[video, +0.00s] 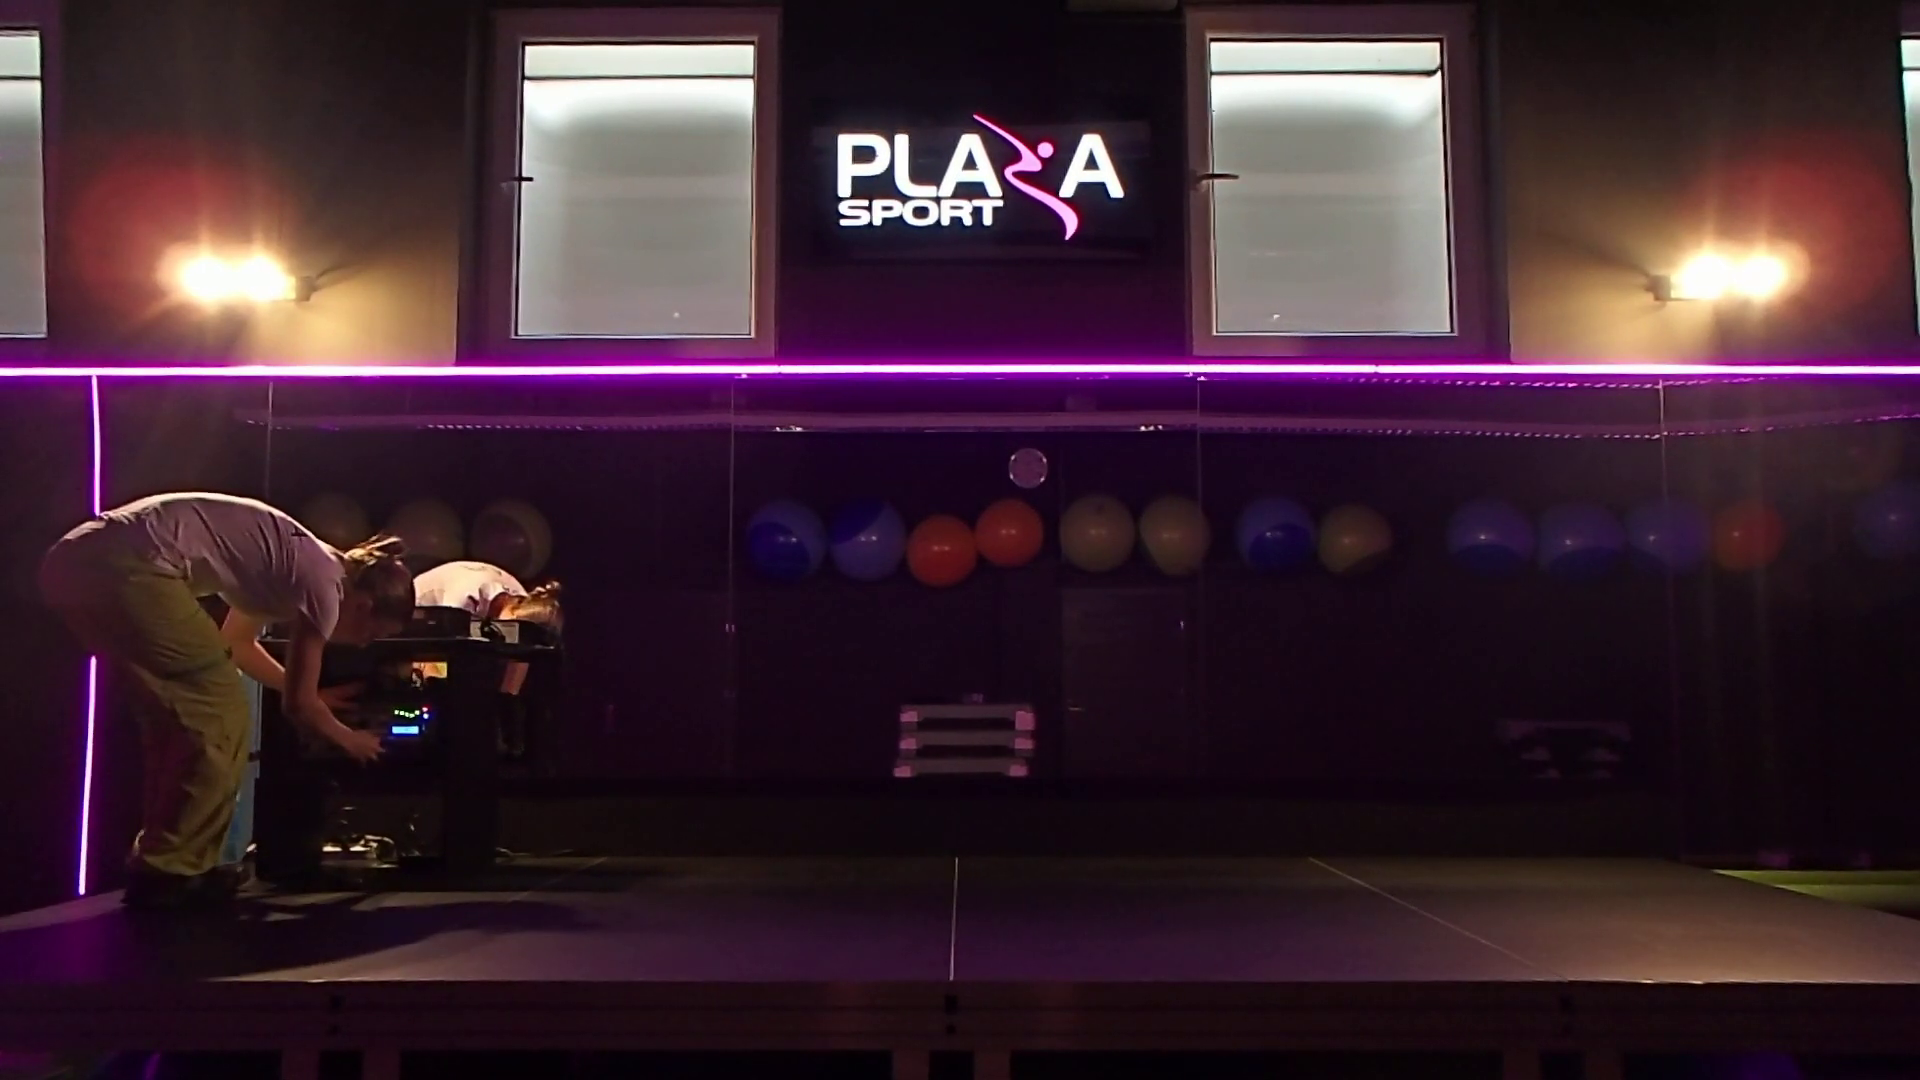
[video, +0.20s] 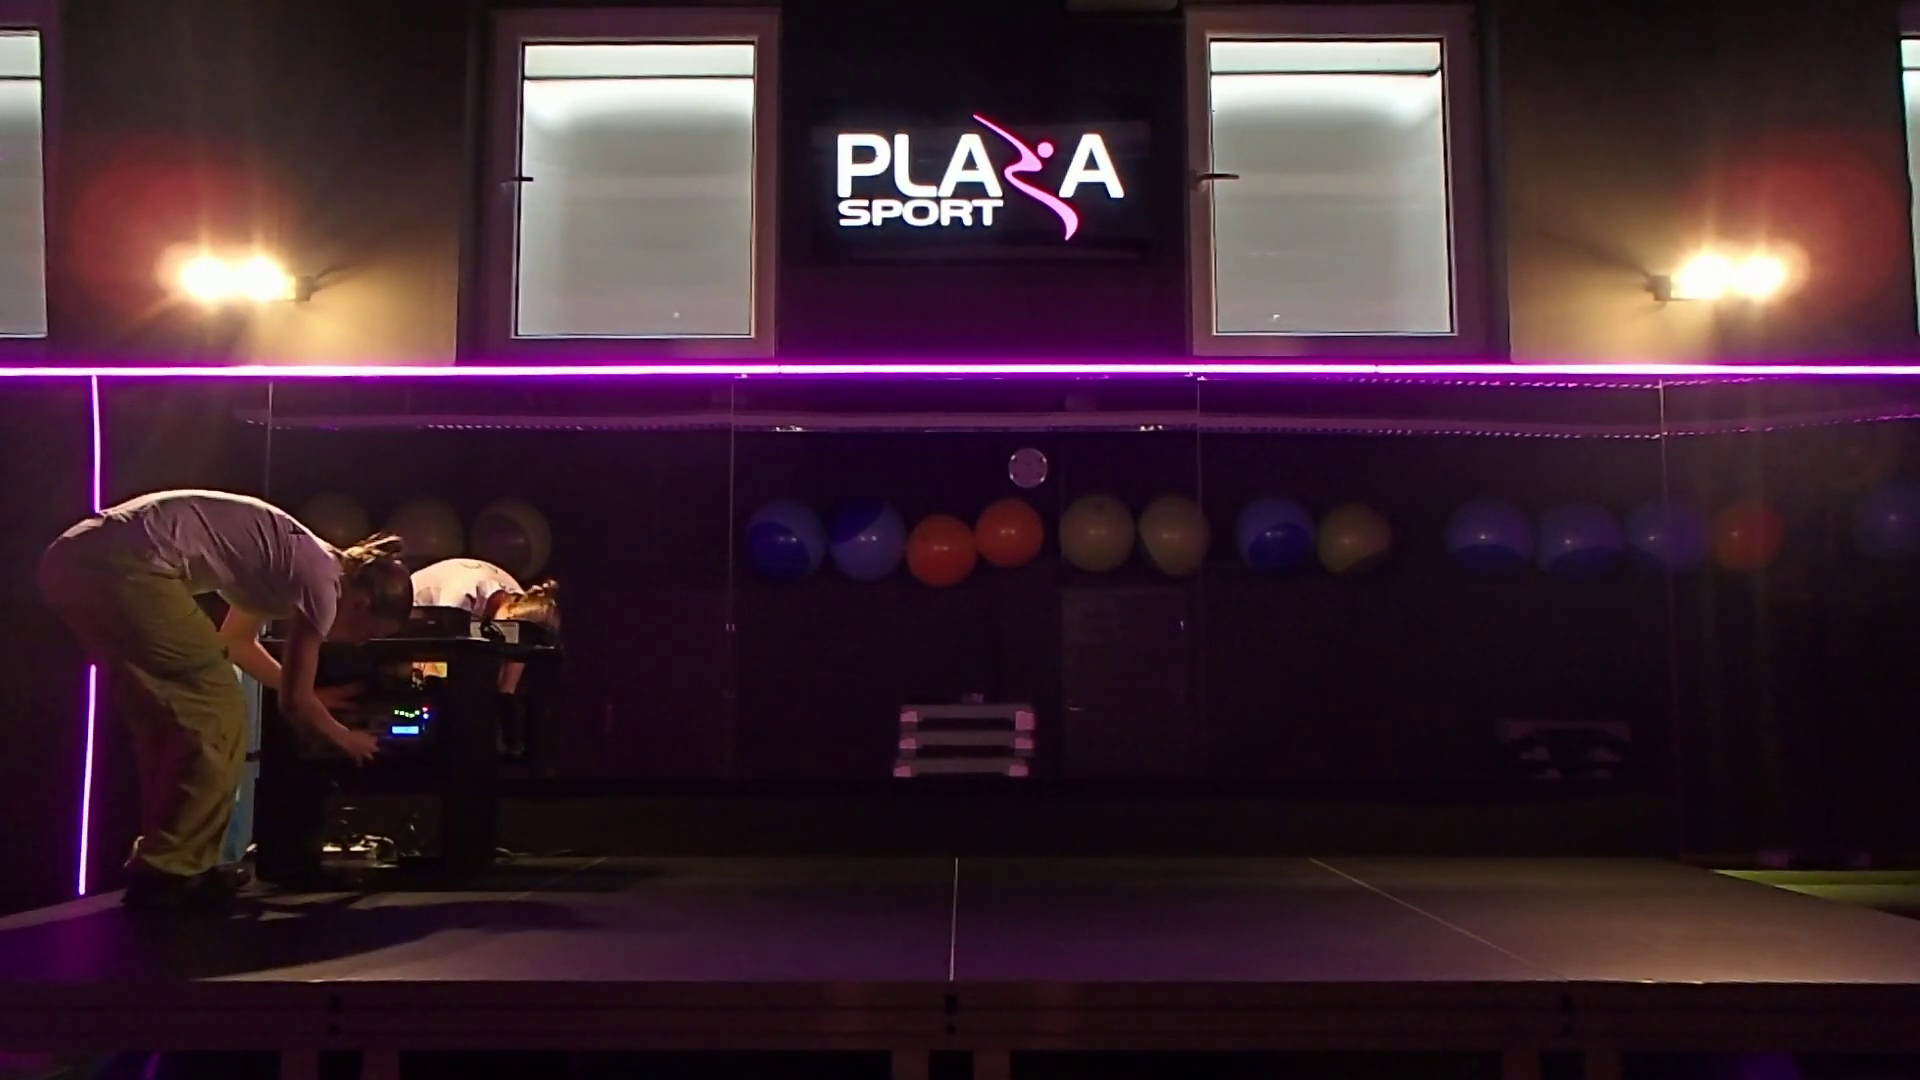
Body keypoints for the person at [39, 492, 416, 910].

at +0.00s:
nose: (360, 641)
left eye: (371, 637)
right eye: (370, 631)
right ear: (361, 602)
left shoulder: (284, 568)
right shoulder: (323, 582)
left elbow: (236, 641)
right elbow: (300, 703)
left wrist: (300, 690)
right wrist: (347, 738)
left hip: (84, 562)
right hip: (128, 565)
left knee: (174, 709)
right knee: (222, 705)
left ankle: (159, 859)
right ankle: (176, 869)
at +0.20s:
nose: (357, 640)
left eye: (369, 637)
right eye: (367, 631)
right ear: (357, 599)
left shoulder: (280, 565)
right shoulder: (320, 579)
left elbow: (236, 641)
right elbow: (296, 701)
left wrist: (300, 691)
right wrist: (343, 737)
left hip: (80, 560)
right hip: (126, 563)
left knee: (164, 711)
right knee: (218, 702)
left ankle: (163, 860)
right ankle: (174, 868)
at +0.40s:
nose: (358, 634)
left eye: (370, 630)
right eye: (368, 624)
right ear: (356, 594)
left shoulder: (279, 562)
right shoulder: (317, 574)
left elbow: (236, 639)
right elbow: (294, 698)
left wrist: (299, 689)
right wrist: (342, 735)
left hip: (80, 559)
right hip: (122, 561)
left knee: (161, 709)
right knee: (215, 701)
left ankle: (163, 862)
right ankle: (172, 868)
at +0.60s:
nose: (357, 627)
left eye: (369, 623)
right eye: (367, 618)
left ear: (355, 578)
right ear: (356, 585)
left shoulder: (276, 553)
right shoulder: (314, 563)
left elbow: (237, 636)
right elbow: (297, 689)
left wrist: (301, 687)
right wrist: (349, 732)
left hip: (77, 559)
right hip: (120, 562)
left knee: (160, 709)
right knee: (211, 703)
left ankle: (160, 861)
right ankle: (174, 869)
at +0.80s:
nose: (371, 595)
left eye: (382, 586)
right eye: (379, 579)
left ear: (357, 537)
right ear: (365, 551)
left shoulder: (290, 523)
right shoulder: (311, 535)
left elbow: (245, 628)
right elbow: (269, 644)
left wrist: (294, 679)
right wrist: (305, 745)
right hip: (121, 562)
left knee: (185, 720)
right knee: (202, 722)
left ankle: (175, 868)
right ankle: (167, 874)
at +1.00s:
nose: (388, 553)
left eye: (396, 544)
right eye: (394, 540)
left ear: (369, 508)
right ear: (377, 515)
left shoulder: (305, 522)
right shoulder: (299, 496)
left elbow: (265, 607)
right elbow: (225, 577)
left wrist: (311, 681)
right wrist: (206, 680)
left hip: (134, 552)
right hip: (106, 547)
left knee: (181, 697)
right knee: (162, 698)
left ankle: (189, 863)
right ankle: (161, 874)